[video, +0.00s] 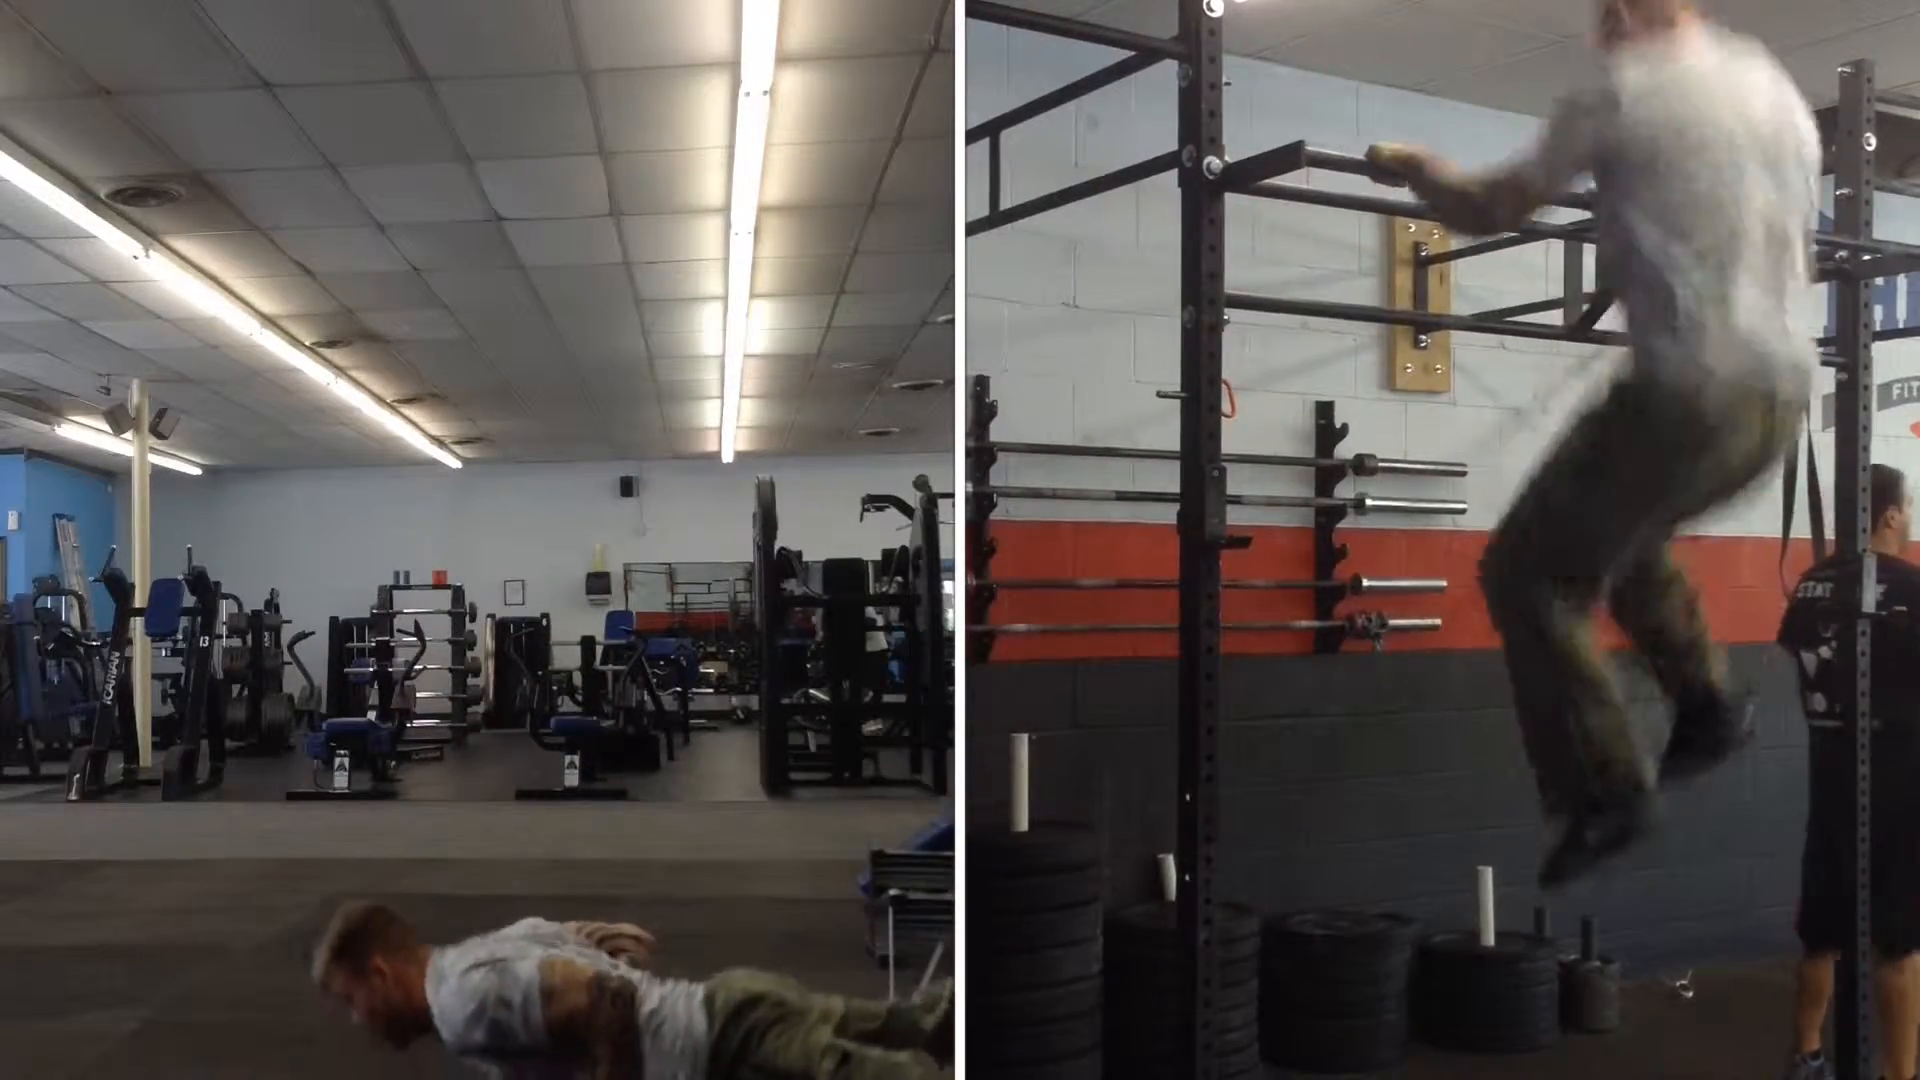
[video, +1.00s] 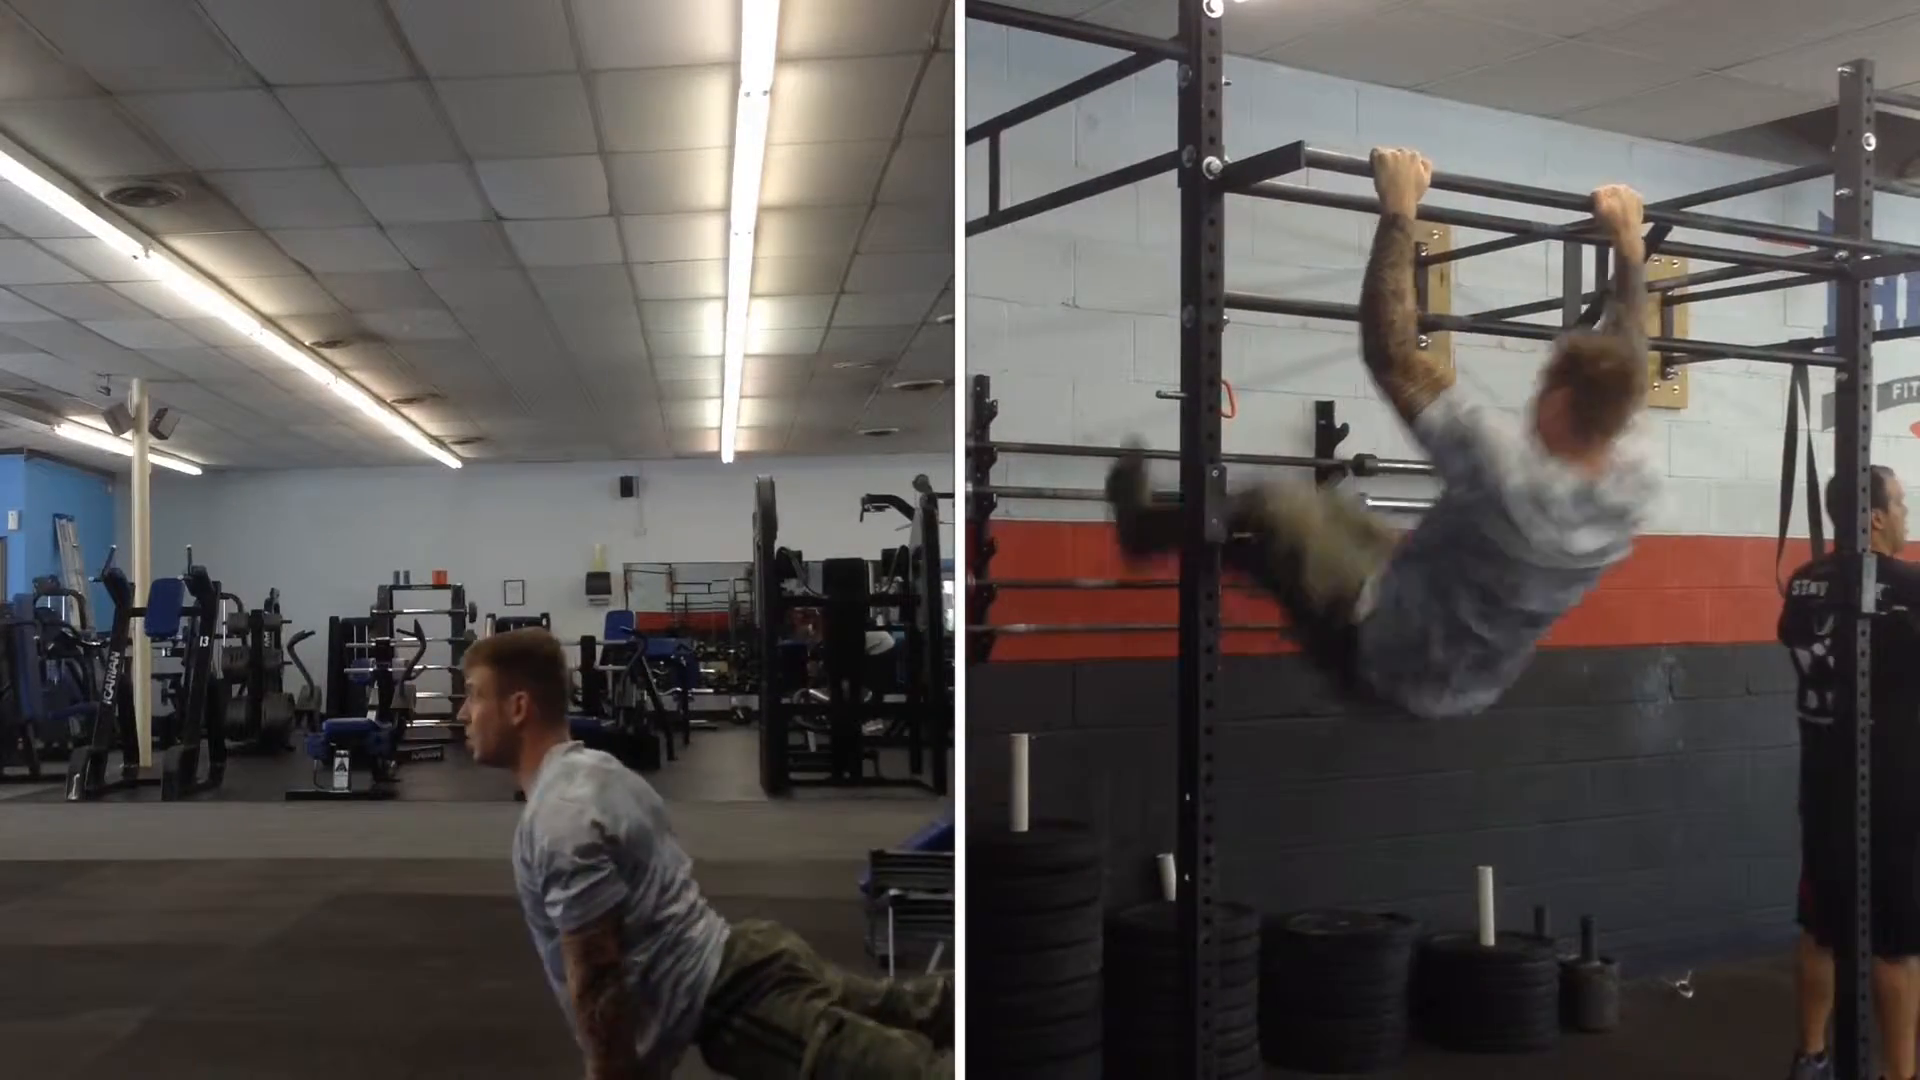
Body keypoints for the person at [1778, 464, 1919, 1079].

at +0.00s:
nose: (1910, 523)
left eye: (1907, 513)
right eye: (1908, 513)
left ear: (1852, 516)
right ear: (1892, 516)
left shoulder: (1813, 587)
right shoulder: (1906, 589)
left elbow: (1802, 676)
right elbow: (1911, 681)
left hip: (1832, 766)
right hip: (1900, 767)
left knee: (1822, 925)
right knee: (1900, 936)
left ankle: (1806, 1056)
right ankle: (1901, 1068)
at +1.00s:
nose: (1907, 517)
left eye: (1903, 505)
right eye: (1901, 507)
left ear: (1841, 517)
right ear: (1876, 517)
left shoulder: (1805, 588)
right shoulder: (1905, 588)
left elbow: (1803, 671)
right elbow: (1911, 686)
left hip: (1824, 777)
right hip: (1897, 781)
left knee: (1819, 926)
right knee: (1898, 938)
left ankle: (1812, 1057)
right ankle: (1901, 1068)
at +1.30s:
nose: (1877, 514)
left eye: (1870, 503)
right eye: (1871, 506)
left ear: (1808, 521)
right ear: (1864, 515)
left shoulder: (1783, 589)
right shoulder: (1896, 589)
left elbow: (1770, 647)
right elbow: (1910, 682)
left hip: (1809, 778)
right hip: (1890, 780)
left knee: (1811, 921)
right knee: (1914, 921)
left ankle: (1809, 1056)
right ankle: (1907, 1042)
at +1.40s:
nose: (1876, 517)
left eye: (1870, 506)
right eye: (1872, 509)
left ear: (1809, 522)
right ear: (1866, 517)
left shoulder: (1785, 589)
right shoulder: (1896, 589)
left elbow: (1780, 655)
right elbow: (1914, 679)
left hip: (1811, 780)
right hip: (1892, 783)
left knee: (1812, 923)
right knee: (1915, 922)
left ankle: (1810, 1058)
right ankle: (1916, 1046)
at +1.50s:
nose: (1882, 520)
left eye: (1875, 509)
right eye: (1878, 511)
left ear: (1816, 526)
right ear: (1871, 521)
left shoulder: (1793, 593)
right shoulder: (1900, 591)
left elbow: (1810, 682)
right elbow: (1910, 681)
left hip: (1815, 779)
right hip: (1894, 780)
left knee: (1814, 921)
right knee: (1913, 919)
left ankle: (1810, 1057)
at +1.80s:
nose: (1917, 530)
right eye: (1915, 520)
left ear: (1865, 527)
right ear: (1911, 527)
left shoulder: (1845, 584)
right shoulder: (1910, 580)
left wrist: (1839, 533)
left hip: (1865, 762)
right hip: (1903, 761)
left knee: (1851, 894)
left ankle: (1822, 1025)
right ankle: (1823, 1023)